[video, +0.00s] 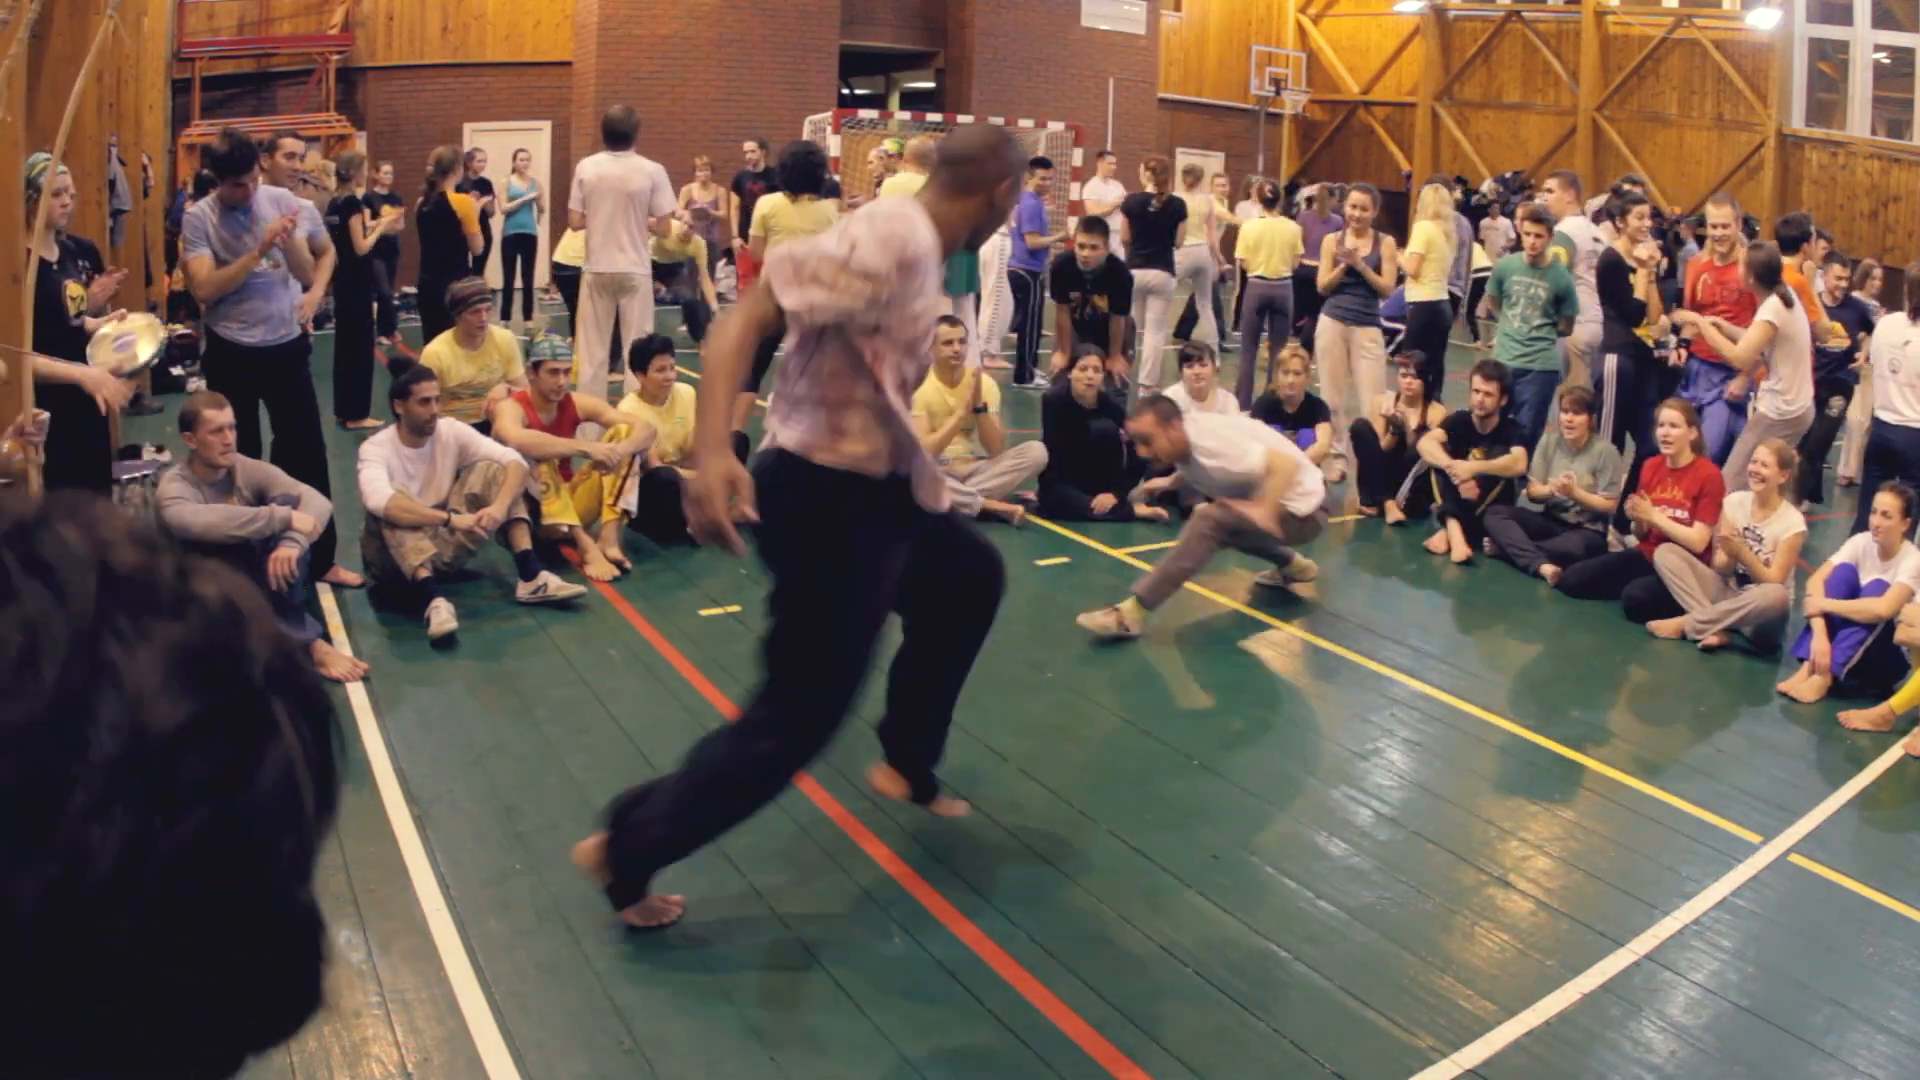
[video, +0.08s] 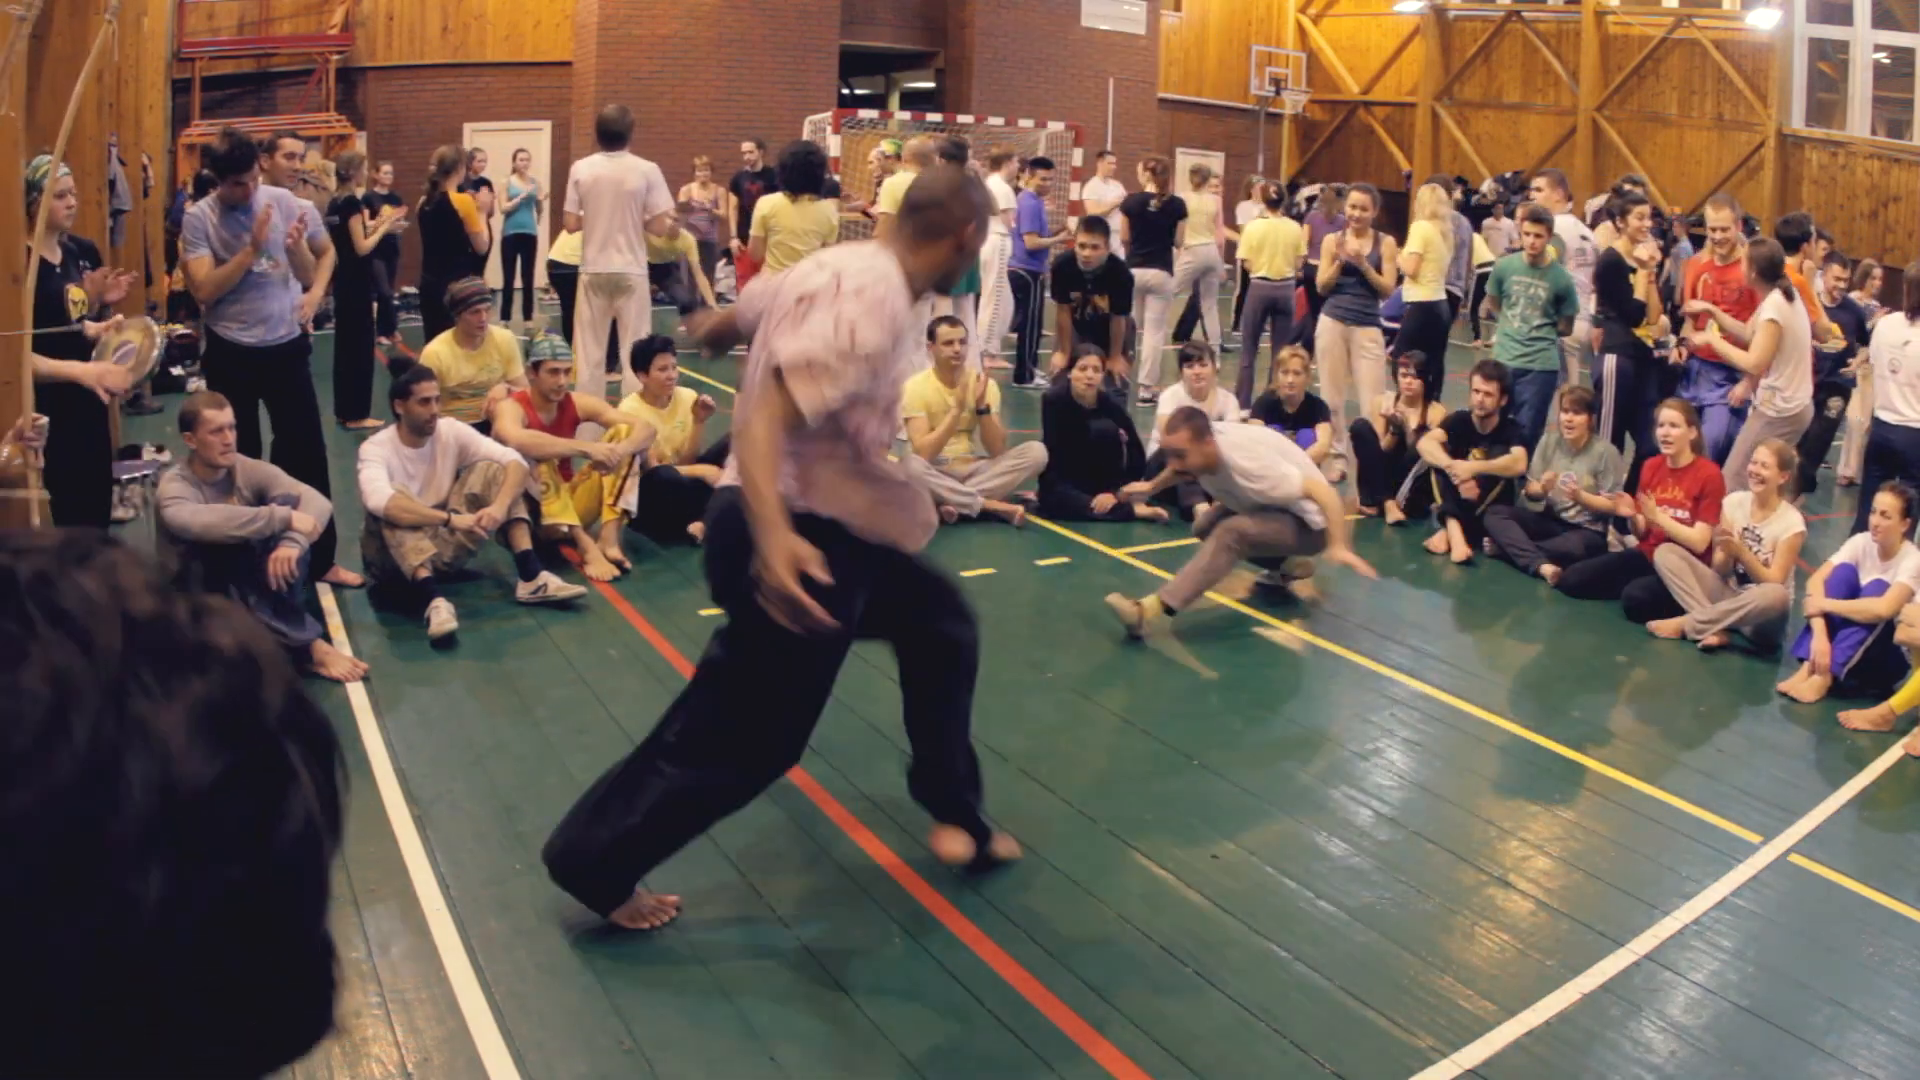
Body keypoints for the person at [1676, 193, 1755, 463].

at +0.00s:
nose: (1719, 233)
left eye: (1725, 226)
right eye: (1713, 226)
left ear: (1739, 226)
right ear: (1705, 228)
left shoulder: (1752, 268)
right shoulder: (1695, 265)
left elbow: (1761, 324)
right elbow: (1688, 312)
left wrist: (1745, 375)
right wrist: (1682, 342)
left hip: (1734, 368)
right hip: (1698, 363)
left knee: (1710, 449)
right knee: (1684, 444)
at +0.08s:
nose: (1718, 236)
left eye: (1724, 229)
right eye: (1712, 229)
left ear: (1739, 226)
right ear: (1705, 227)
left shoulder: (1754, 268)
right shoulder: (1694, 265)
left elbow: (1766, 327)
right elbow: (1689, 314)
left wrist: (1750, 380)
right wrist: (1683, 340)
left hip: (1733, 371)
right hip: (1696, 366)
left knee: (1710, 442)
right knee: (1681, 440)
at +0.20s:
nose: (1715, 234)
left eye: (1722, 227)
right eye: (1710, 227)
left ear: (1738, 226)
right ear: (1704, 227)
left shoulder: (1755, 267)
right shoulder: (1694, 265)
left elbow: (1767, 324)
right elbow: (1690, 317)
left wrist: (1754, 381)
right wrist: (1683, 341)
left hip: (1747, 373)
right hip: (1706, 368)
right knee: (1707, 451)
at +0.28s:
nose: (1712, 232)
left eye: (1719, 225)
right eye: (1708, 224)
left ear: (1738, 226)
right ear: (1703, 225)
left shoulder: (1754, 265)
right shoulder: (1695, 264)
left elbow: (1767, 315)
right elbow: (1690, 317)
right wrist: (1684, 340)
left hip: (1751, 371)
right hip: (1707, 368)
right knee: (1706, 452)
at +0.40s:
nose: (1706, 231)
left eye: (1713, 225)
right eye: (1704, 224)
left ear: (1734, 229)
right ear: (1701, 224)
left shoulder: (1754, 271)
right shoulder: (1695, 267)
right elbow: (1690, 318)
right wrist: (1685, 338)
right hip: (1702, 366)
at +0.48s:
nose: (1709, 233)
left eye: (1716, 226)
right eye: (1706, 225)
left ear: (1736, 228)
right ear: (1701, 225)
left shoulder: (1751, 272)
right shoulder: (1696, 268)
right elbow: (1689, 317)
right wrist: (1686, 339)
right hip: (1704, 363)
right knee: (1707, 443)